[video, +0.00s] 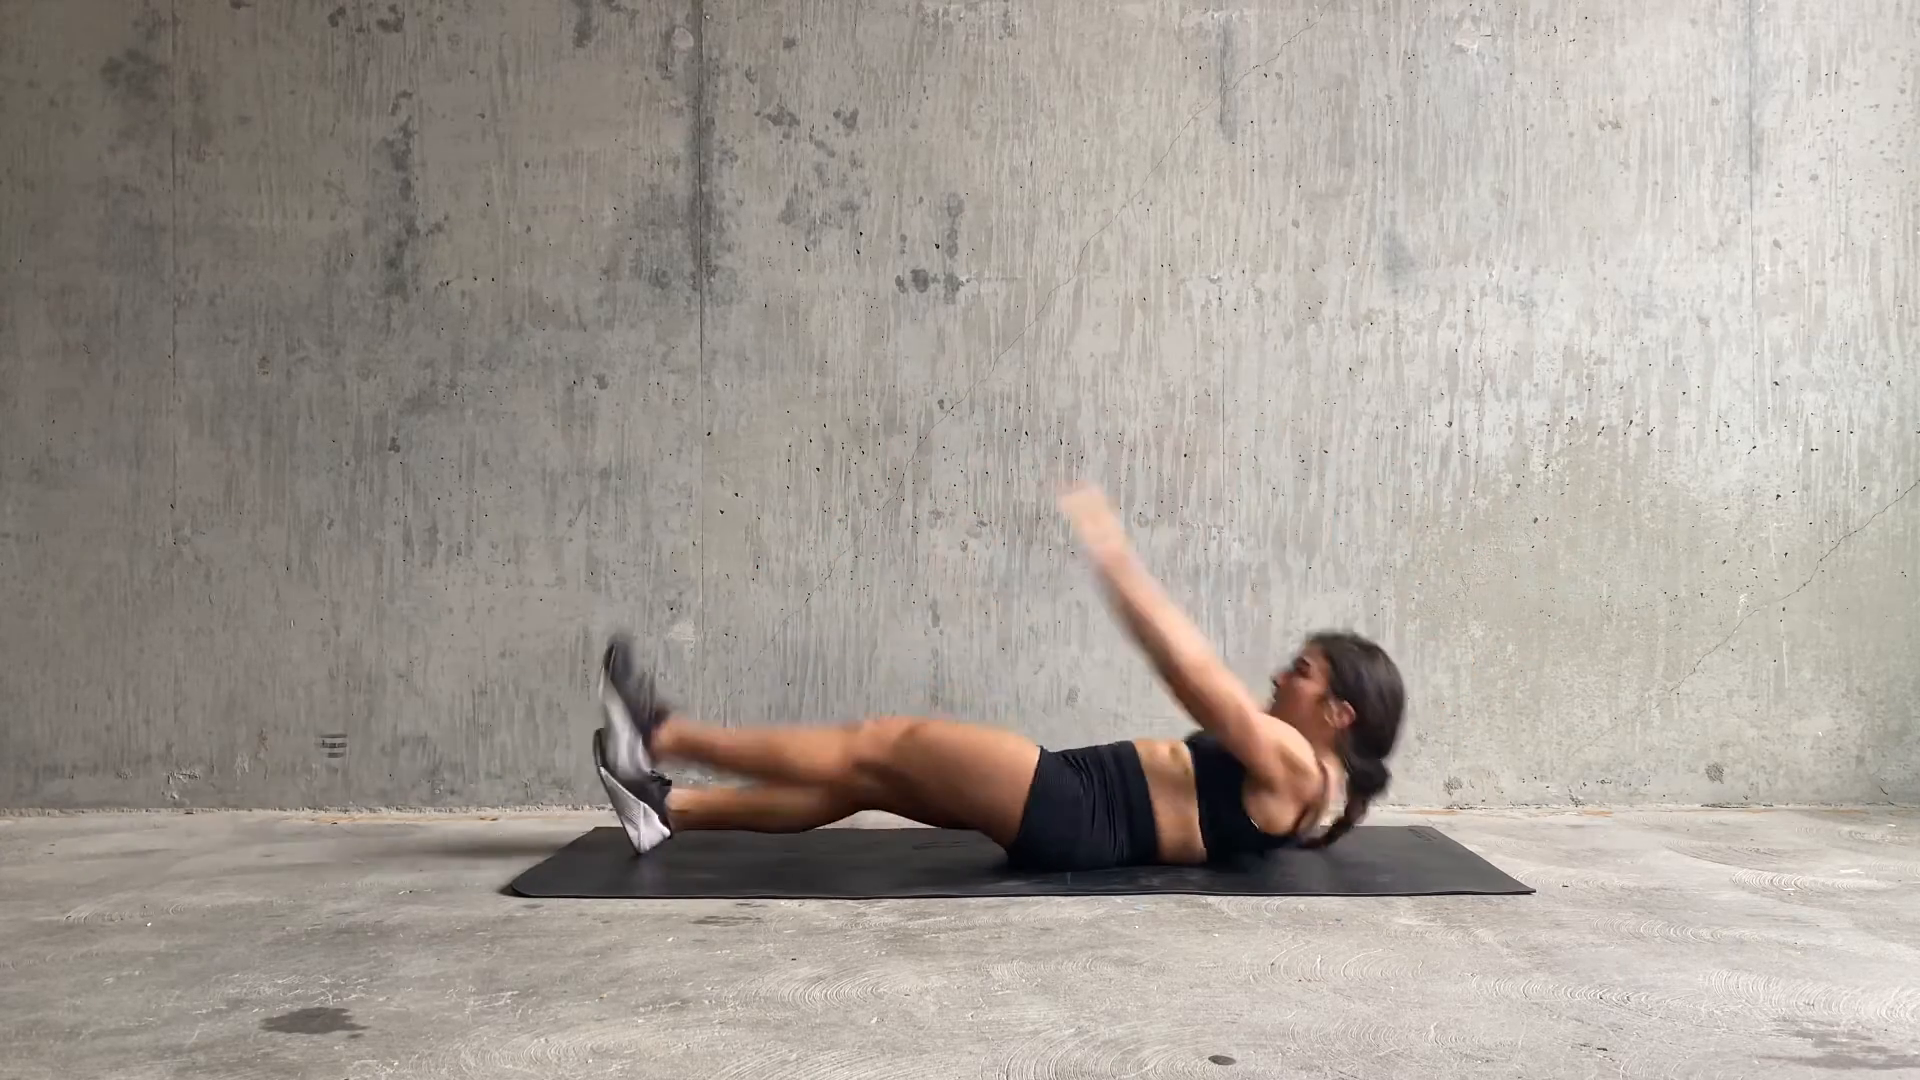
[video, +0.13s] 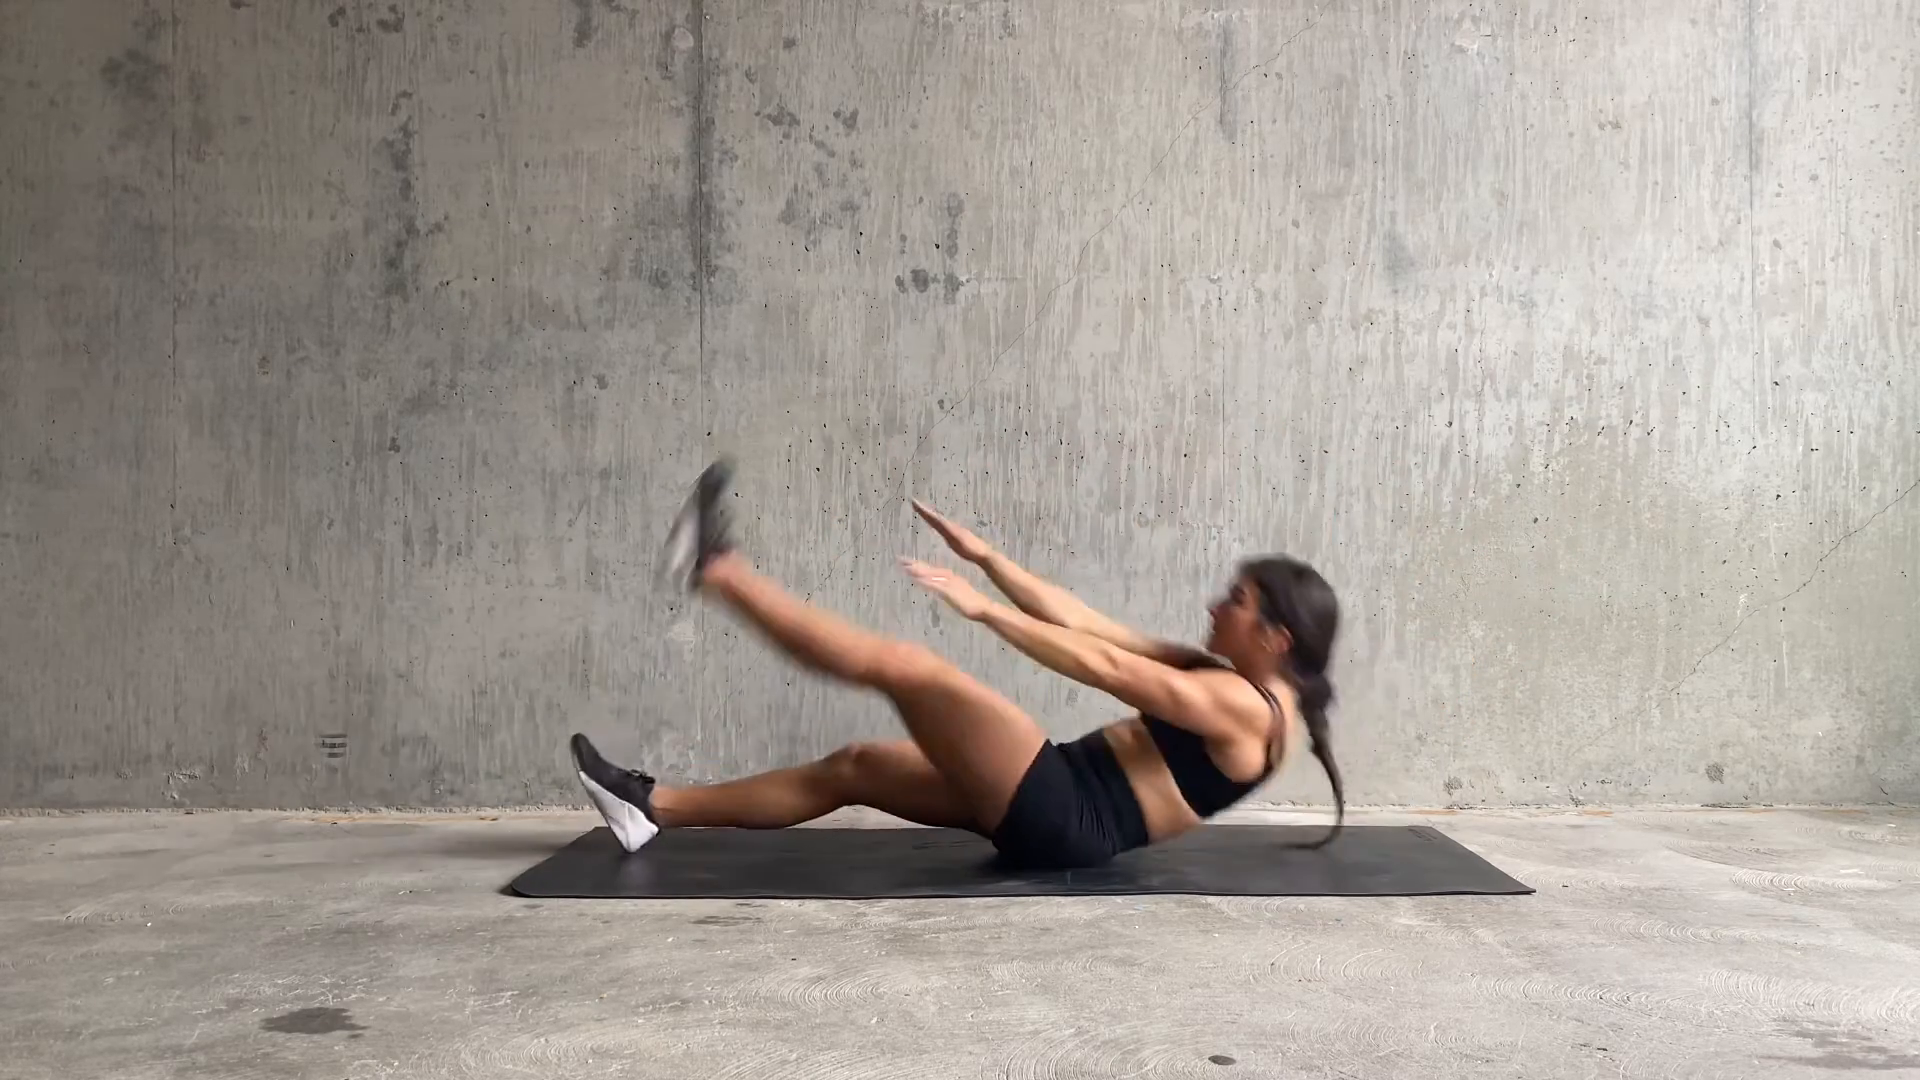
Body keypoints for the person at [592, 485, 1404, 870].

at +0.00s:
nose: (1280, 684)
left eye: (1299, 678)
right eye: (1292, 670)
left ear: (1339, 712)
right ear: (1341, 717)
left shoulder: (1291, 761)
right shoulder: (1309, 779)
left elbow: (1186, 664)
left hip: (1079, 805)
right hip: (1084, 813)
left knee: (888, 743)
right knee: (867, 783)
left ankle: (668, 736)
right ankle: (665, 812)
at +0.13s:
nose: (1217, 610)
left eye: (1233, 604)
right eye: (1225, 598)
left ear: (1273, 634)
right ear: (1265, 632)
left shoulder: (1246, 708)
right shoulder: (1215, 675)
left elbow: (1108, 668)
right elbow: (1089, 629)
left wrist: (981, 608)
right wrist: (991, 557)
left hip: (1071, 812)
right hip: (1060, 800)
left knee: (912, 674)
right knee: (854, 770)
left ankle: (719, 571)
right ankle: (654, 807)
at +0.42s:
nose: (1140, 533)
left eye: (1158, 526)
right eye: (1151, 521)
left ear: (1194, 559)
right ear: (1192, 562)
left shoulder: (1173, 642)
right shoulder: (1142, 613)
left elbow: (1033, 619)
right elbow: (1024, 565)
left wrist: (908, 573)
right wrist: (931, 491)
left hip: (1071, 811)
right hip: (1049, 792)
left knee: (969, 622)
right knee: (847, 776)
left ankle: (831, 476)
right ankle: (651, 805)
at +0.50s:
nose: (1165, 544)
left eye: (1182, 539)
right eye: (1176, 533)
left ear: (1218, 572)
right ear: (1216, 575)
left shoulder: (1192, 654)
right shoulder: (1167, 626)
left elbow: (1051, 618)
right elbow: (1045, 584)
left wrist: (928, 559)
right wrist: (951, 511)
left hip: (1067, 813)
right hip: (1046, 793)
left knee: (942, 632)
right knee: (844, 777)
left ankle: (777, 498)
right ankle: (651, 807)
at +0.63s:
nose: (1211, 591)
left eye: (1229, 586)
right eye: (1222, 579)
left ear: (1270, 617)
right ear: (1270, 619)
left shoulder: (1238, 686)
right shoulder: (1244, 687)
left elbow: (1117, 616)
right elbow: (1120, 616)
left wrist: (1020, 522)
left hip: (1068, 807)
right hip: (1064, 805)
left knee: (896, 676)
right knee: (853, 776)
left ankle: (703, 592)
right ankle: (652, 807)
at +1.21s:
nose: (1333, 703)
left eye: (1357, 702)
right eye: (1345, 687)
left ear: (1384, 741)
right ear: (1339, 705)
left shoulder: (1332, 811)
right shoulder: (1316, 783)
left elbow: (1423, 708)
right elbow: (1397, 684)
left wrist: (1506, 612)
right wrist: (1478, 607)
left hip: (1089, 807)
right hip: (1089, 786)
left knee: (875, 786)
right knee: (875, 778)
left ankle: (659, 822)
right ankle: (676, 816)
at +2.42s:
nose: (1335, 701)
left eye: (1362, 700)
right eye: (1344, 683)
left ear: (1389, 740)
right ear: (1333, 695)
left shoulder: (1328, 810)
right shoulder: (1306, 779)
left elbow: (1419, 690)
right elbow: (1394, 674)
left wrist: (1502, 595)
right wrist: (1477, 593)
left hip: (1091, 808)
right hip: (1086, 777)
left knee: (872, 789)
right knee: (873, 764)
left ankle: (658, 836)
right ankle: (665, 804)